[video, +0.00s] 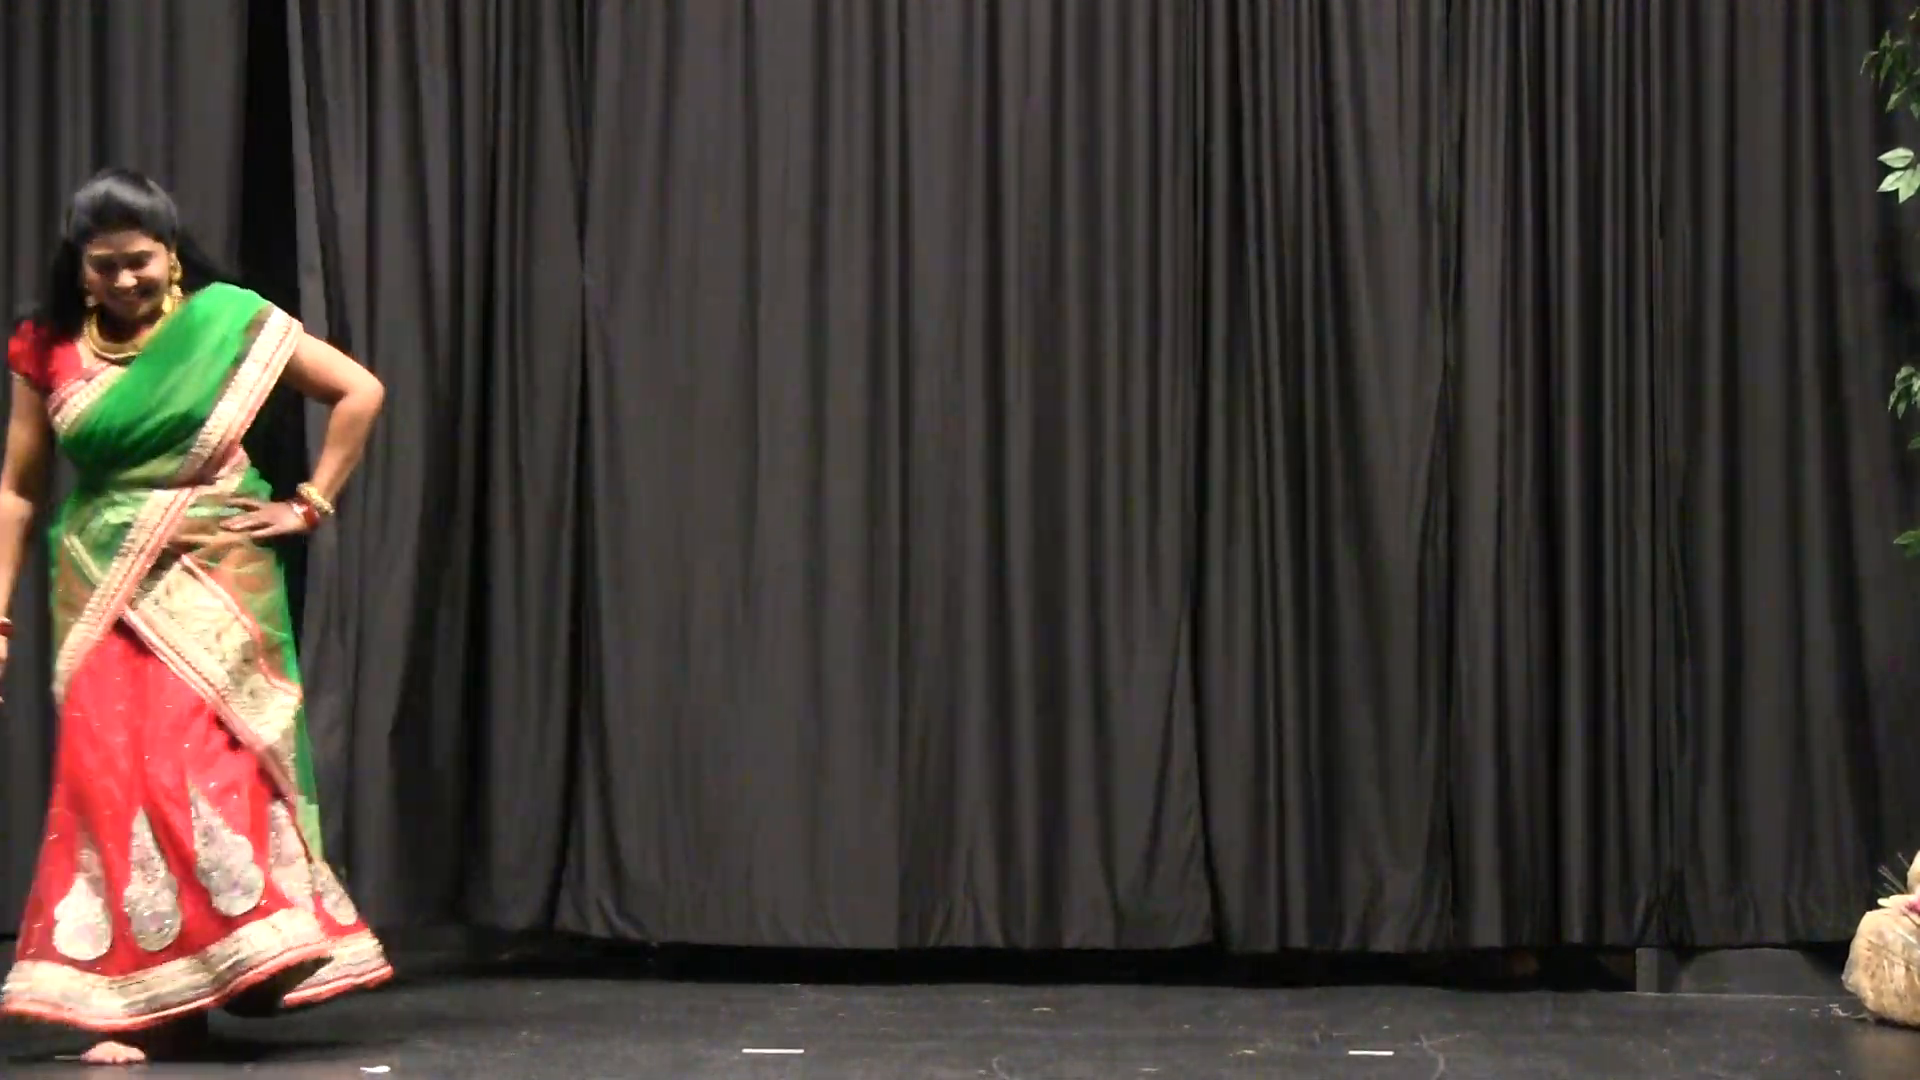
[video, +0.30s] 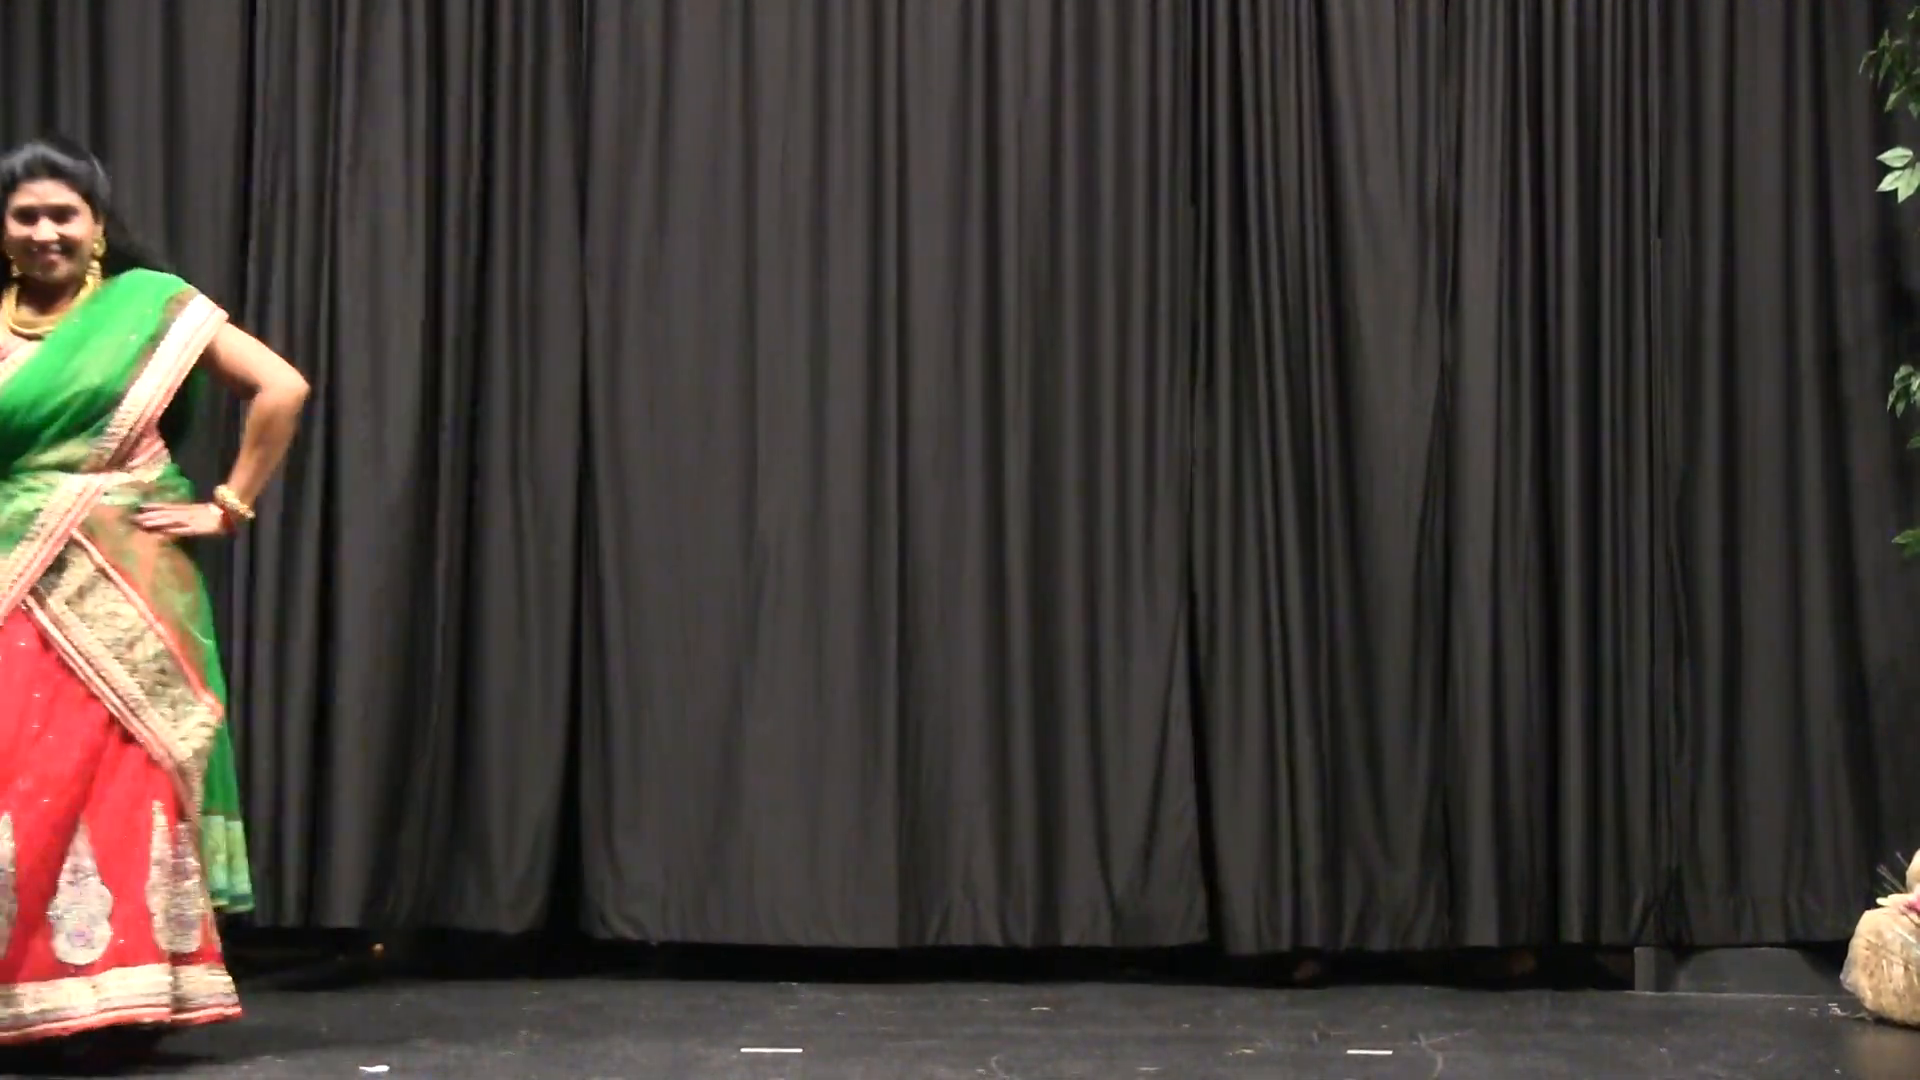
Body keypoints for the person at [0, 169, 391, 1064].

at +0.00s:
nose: (128, 281)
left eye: (143, 263)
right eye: (108, 266)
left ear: (175, 257)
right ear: (80, 267)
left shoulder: (224, 318)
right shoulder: (49, 352)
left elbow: (359, 391)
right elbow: (18, 488)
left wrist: (315, 499)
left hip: (215, 574)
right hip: (102, 581)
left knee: (192, 772)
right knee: (101, 776)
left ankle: (187, 988)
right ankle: (126, 1011)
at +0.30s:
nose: (44, 233)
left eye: (63, 214)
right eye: (25, 217)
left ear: (98, 221)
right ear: (2, 229)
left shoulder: (149, 302)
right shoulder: (4, 319)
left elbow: (280, 390)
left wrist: (230, 503)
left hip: (129, 567)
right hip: (23, 575)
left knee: (125, 778)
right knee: (27, 781)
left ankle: (123, 1005)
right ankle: (31, 1004)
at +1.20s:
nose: (92, 173)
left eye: (109, 159)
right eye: (71, 158)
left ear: (133, 183)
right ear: (35, 183)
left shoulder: (181, 261)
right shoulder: (11, 309)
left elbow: (325, 329)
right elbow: (1, 465)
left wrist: (282, 446)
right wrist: (0, 601)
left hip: (189, 539)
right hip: (70, 557)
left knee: (210, 757)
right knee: (86, 775)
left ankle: (259, 999)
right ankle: (102, 1012)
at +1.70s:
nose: (244, 190)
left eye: (239, 173)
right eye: (227, 177)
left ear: (215, 187)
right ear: (178, 197)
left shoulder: (265, 259)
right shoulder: (126, 320)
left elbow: (363, 321)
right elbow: (129, 492)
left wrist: (373, 431)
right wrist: (155, 632)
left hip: (331, 541)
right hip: (223, 571)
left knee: (359, 761)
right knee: (228, 784)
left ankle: (376, 1020)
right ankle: (197, 1020)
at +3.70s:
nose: (325, 219)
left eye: (325, 206)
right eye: (306, 206)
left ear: (322, 217)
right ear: (256, 223)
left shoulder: (375, 295)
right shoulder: (210, 330)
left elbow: (477, 383)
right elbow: (191, 472)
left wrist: (444, 490)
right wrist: (192, 598)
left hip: (374, 542)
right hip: (263, 555)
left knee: (410, 719)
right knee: (278, 747)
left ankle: (463, 949)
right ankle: (294, 964)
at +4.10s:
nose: (448, 276)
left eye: (449, 265)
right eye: (432, 265)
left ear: (448, 276)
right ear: (391, 278)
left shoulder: (484, 339)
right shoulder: (352, 363)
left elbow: (566, 409)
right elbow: (325, 477)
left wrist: (532, 493)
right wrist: (310, 576)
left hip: (471, 541)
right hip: (385, 551)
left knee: (503, 683)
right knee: (398, 701)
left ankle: (553, 862)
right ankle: (406, 873)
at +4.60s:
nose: (504, 292)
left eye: (514, 283)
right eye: (491, 284)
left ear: (530, 300)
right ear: (469, 303)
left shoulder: (563, 365)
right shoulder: (448, 375)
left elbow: (635, 421)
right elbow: (394, 460)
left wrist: (675, 480)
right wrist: (326, 507)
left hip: (542, 539)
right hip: (467, 541)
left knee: (542, 676)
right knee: (475, 676)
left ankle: (542, 824)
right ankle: (465, 824)